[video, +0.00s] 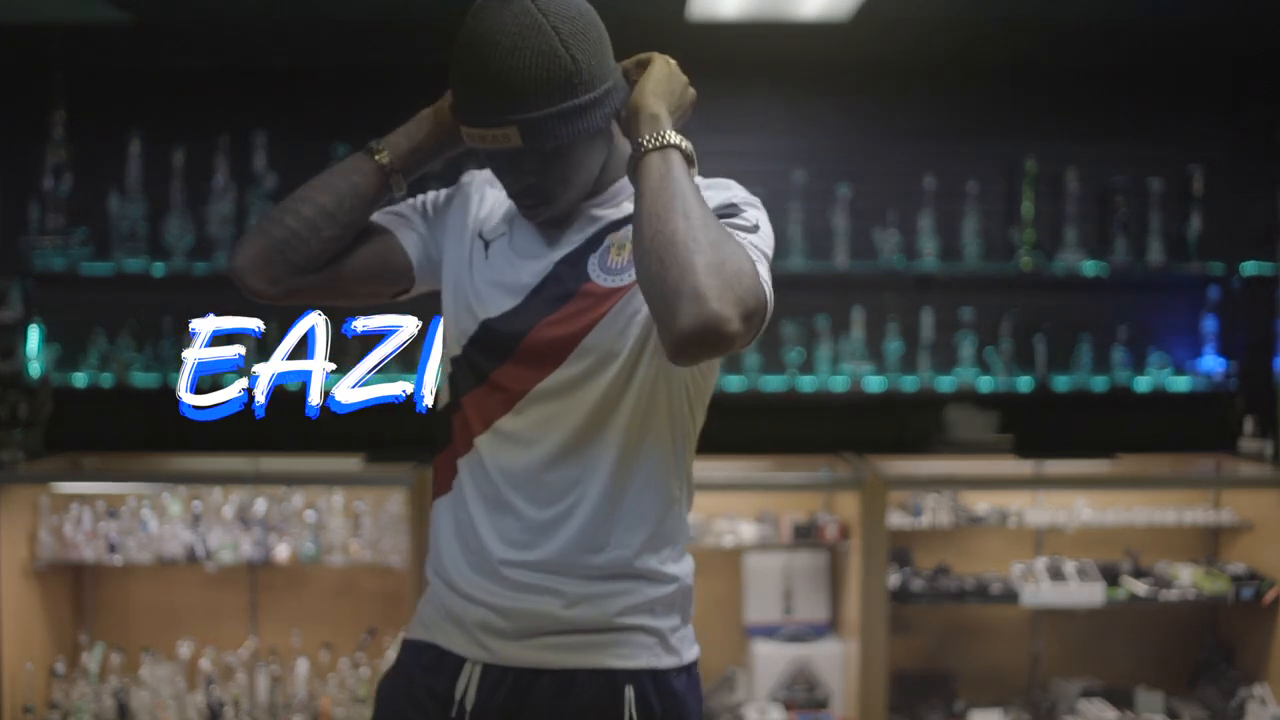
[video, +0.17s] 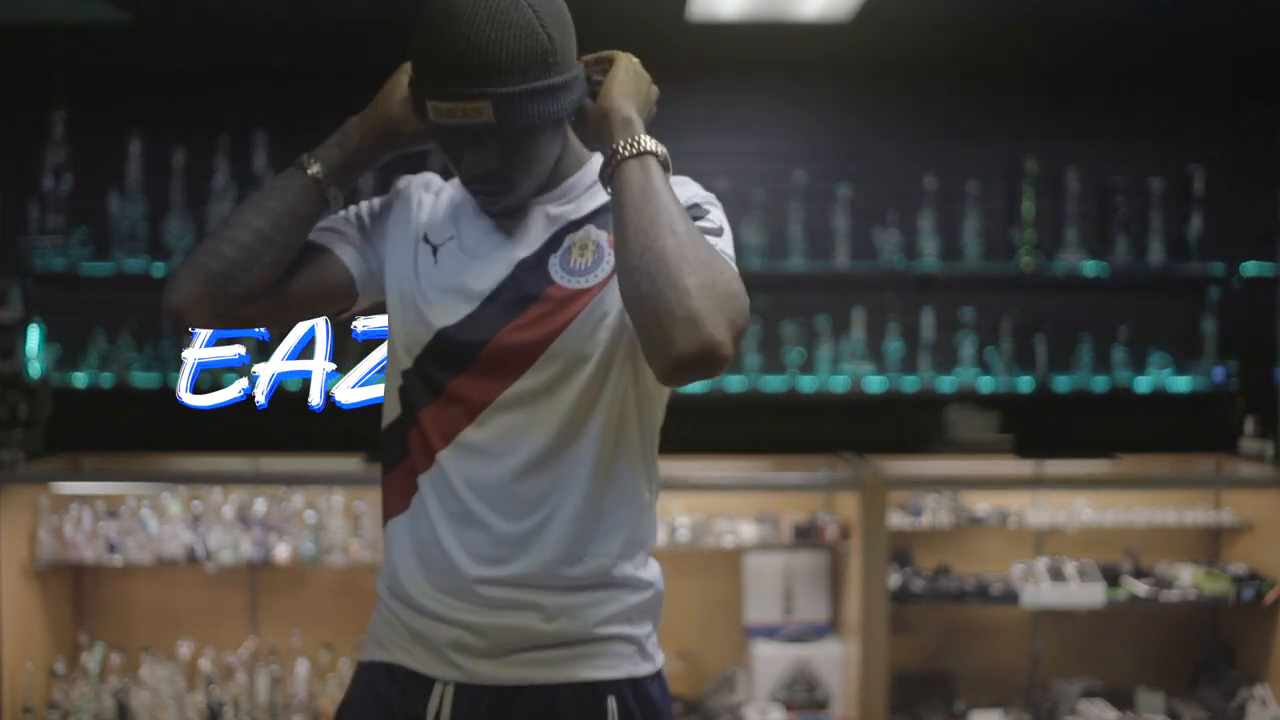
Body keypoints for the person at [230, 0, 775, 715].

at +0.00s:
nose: (520, 180)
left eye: (546, 149)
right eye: (500, 155)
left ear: (610, 117)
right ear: (477, 139)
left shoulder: (712, 213)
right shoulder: (465, 214)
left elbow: (699, 323)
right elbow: (263, 269)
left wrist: (655, 126)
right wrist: (431, 131)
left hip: (617, 670)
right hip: (444, 657)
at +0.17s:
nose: (478, 161)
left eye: (505, 129)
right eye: (457, 132)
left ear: (568, 101)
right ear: (429, 124)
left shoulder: (663, 209)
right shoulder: (408, 215)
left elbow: (689, 349)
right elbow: (203, 301)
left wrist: (627, 136)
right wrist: (369, 131)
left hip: (586, 676)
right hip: (406, 668)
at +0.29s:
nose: (434, 143)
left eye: (465, 110)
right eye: (411, 111)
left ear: (523, 91)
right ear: (380, 101)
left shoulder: (616, 212)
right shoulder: (349, 224)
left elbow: (696, 422)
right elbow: (161, 385)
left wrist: (603, 158)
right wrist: (276, 161)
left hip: (560, 677)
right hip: (375, 676)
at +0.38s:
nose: (400, 118)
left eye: (433, 89)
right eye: (375, 87)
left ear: (490, 82)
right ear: (343, 86)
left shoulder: (583, 209)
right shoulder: (303, 235)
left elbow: (687, 475)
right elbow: (156, 475)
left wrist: (588, 234)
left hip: (543, 677)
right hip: (353, 679)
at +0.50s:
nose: (338, 91)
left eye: (369, 65)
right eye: (312, 64)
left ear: (421, 69)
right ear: (281, 75)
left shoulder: (532, 204)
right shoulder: (230, 250)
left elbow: (624, 438)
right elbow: (199, 524)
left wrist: (625, 470)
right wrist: (79, 465)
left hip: (514, 672)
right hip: (320, 677)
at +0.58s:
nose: (307, 84)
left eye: (339, 55)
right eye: (278, 58)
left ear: (393, 61)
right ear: (248, 73)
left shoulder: (507, 198)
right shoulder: (198, 256)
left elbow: (593, 431)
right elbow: (188, 514)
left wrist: (635, 589)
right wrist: (50, 638)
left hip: (502, 671)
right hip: (306, 679)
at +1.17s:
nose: (365, 113)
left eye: (395, 74)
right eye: (329, 80)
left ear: (433, 59)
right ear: (273, 65)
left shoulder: (541, 201)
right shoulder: (198, 253)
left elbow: (616, 468)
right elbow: (175, 545)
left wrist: (693, 697)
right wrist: (150, 715)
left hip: (548, 685)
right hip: (328, 691)